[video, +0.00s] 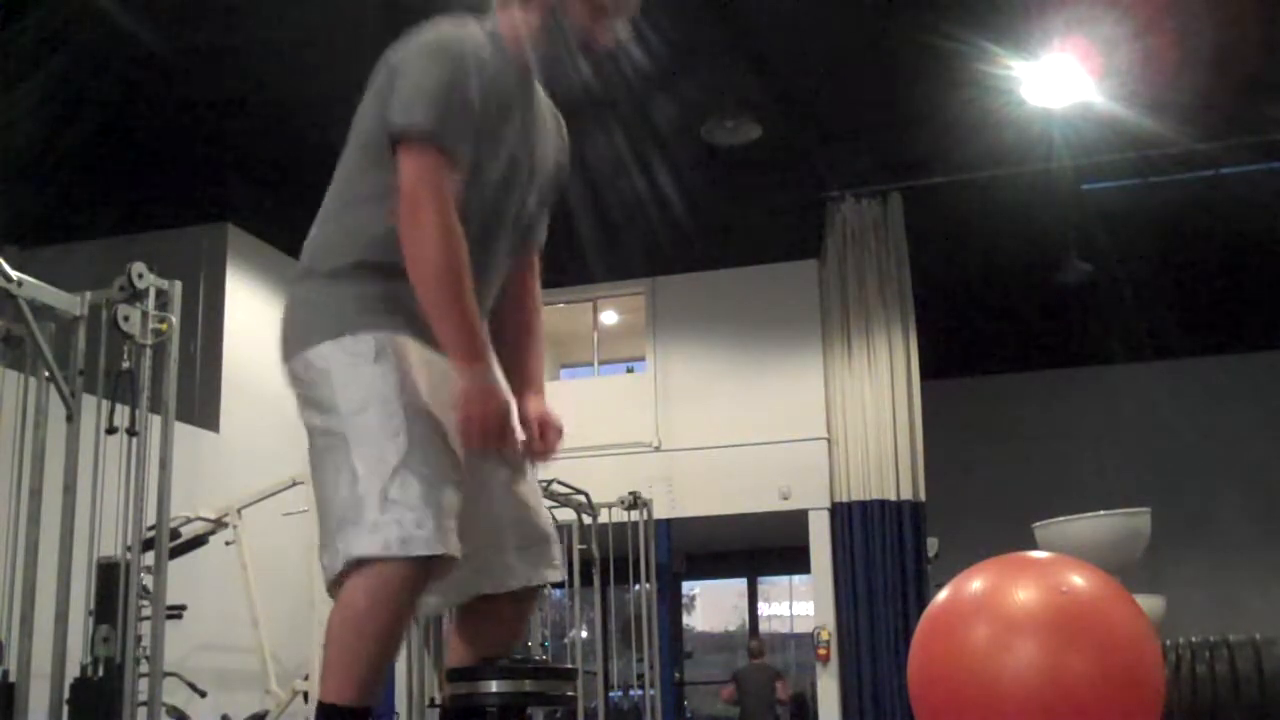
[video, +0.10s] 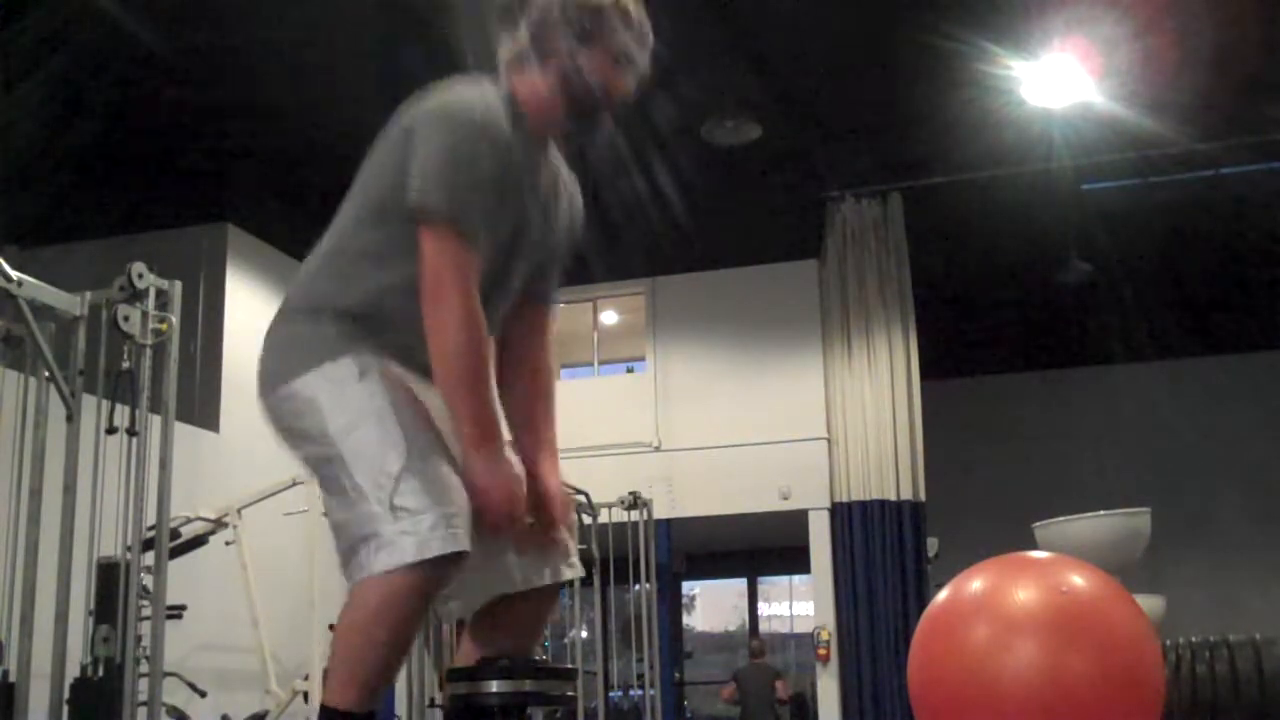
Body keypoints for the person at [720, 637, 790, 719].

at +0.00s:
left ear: (748, 653)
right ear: (764, 653)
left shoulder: (740, 673)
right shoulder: (773, 672)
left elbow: (727, 696)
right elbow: (782, 697)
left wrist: (742, 701)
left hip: (746, 716)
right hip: (768, 716)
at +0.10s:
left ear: (749, 653)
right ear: (765, 653)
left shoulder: (740, 673)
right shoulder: (773, 672)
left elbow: (726, 695)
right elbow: (783, 696)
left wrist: (742, 700)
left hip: (747, 716)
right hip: (768, 715)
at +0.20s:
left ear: (749, 654)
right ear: (766, 653)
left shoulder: (742, 673)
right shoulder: (774, 672)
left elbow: (726, 696)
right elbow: (783, 696)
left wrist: (742, 701)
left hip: (748, 716)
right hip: (770, 716)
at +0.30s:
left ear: (750, 654)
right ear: (766, 653)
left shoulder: (742, 674)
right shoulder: (776, 673)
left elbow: (729, 697)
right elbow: (786, 697)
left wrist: (745, 698)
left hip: (749, 716)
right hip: (772, 716)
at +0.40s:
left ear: (750, 654)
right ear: (767, 654)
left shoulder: (743, 674)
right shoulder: (777, 674)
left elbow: (731, 698)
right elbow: (789, 698)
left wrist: (747, 696)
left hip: (751, 716)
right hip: (773, 716)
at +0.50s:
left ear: (752, 654)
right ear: (769, 654)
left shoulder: (746, 674)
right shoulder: (781, 674)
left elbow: (732, 698)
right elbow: (791, 698)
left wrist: (750, 696)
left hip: (752, 716)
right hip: (775, 716)